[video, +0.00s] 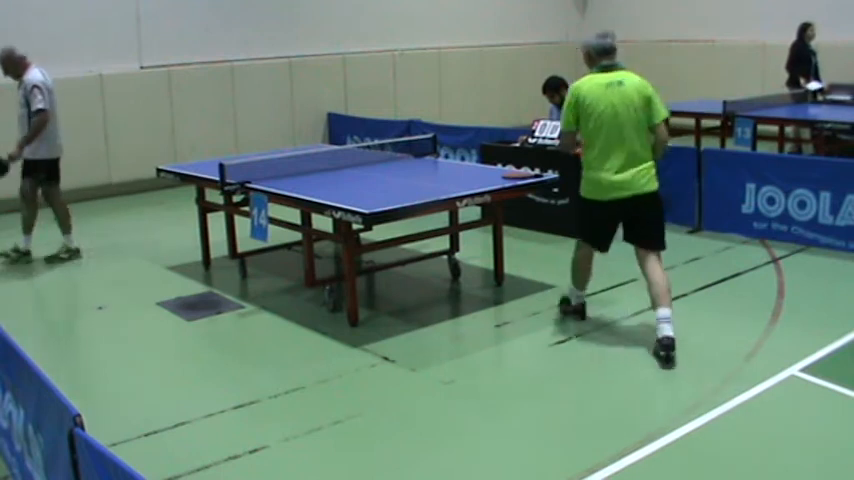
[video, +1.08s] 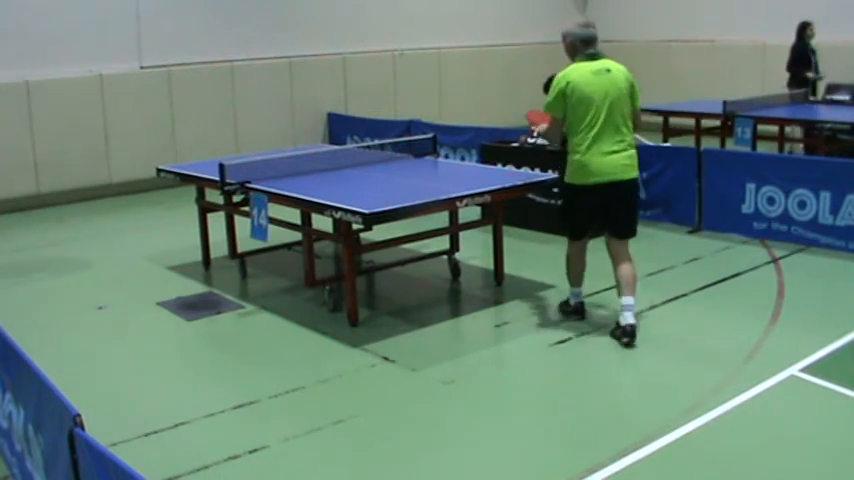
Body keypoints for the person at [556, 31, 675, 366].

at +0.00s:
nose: (584, 62)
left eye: (583, 58)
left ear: (587, 58)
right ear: (615, 54)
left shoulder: (579, 90)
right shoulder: (639, 85)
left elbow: (566, 143)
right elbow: (662, 137)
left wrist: (585, 143)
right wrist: (647, 162)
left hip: (598, 189)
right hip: (642, 186)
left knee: (586, 245)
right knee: (650, 256)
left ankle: (576, 302)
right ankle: (666, 334)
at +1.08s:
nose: (563, 50)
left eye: (564, 45)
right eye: (565, 45)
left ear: (570, 45)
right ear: (596, 42)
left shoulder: (566, 79)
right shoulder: (623, 73)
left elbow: (553, 134)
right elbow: (637, 122)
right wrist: (609, 122)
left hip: (583, 177)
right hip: (623, 175)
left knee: (577, 243)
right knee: (621, 248)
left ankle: (575, 301)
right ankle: (628, 322)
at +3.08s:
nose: (576, 38)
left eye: (577, 33)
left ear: (580, 36)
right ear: (611, 35)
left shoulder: (578, 74)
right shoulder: (632, 72)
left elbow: (568, 135)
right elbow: (642, 130)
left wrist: (562, 149)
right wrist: (607, 134)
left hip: (586, 188)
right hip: (625, 186)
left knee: (586, 264)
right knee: (614, 254)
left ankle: (589, 349)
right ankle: (623, 339)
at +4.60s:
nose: (581, 40)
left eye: (582, 35)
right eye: (586, 34)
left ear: (585, 35)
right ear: (615, 33)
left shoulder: (583, 73)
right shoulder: (636, 71)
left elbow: (572, 138)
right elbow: (626, 122)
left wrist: (557, 137)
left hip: (586, 184)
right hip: (626, 183)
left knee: (583, 260)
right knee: (616, 252)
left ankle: (591, 347)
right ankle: (624, 339)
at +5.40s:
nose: (547, 41)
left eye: (548, 36)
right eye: (547, 36)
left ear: (556, 37)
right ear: (582, 35)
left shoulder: (568, 75)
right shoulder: (604, 67)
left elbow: (570, 136)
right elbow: (594, 104)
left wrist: (539, 167)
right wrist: (552, 89)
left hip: (578, 189)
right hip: (605, 184)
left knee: (575, 260)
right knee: (585, 256)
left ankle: (591, 347)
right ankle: (593, 331)